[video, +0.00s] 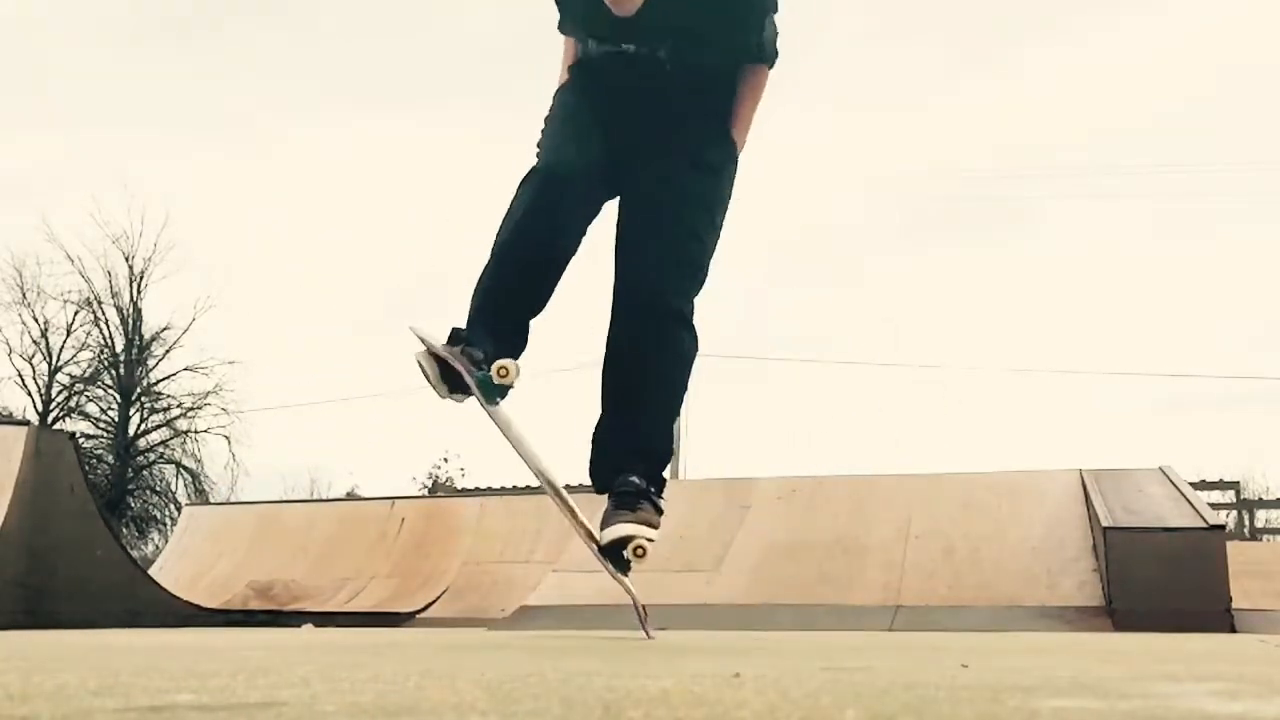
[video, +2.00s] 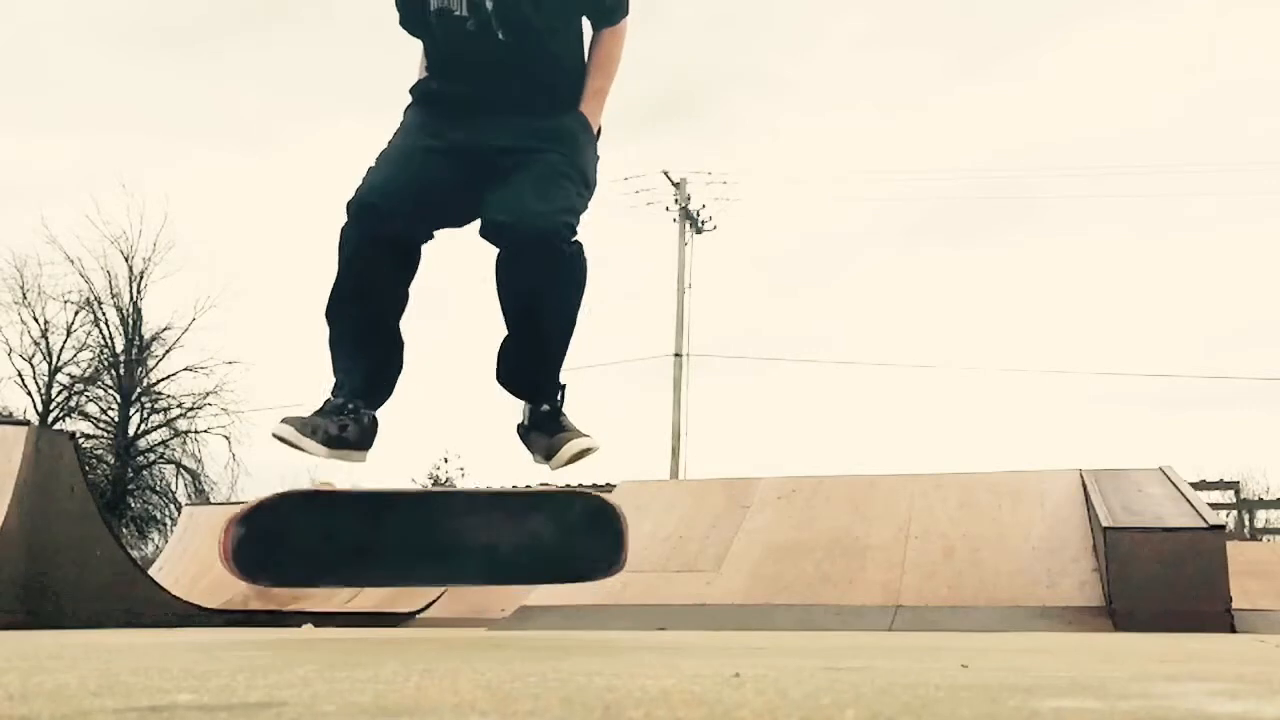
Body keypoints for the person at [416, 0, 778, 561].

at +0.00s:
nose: (618, 5)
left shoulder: (744, 9)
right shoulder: (581, 7)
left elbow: (759, 48)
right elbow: (573, 47)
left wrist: (731, 145)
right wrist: (568, 109)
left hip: (702, 83)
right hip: (604, 74)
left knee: (659, 292)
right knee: (558, 183)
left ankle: (634, 483)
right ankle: (484, 346)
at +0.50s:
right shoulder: (501, 4)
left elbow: (687, 47)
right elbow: (509, 52)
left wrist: (677, 157)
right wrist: (503, 132)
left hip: (633, 128)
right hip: (536, 122)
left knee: (612, 325)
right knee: (502, 198)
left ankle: (603, 496)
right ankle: (470, 364)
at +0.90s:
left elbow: (639, 14)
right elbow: (464, 30)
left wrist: (628, 113)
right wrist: (455, 83)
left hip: (585, 98)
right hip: (485, 88)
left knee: (586, 295)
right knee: (432, 159)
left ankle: (590, 488)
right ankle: (454, 316)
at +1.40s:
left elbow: (624, 13)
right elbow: (443, 32)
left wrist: (609, 104)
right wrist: (436, 96)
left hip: (561, 108)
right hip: (462, 103)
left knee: (565, 251)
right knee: (402, 144)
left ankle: (566, 418)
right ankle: (421, 324)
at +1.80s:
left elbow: (614, 17)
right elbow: (432, 35)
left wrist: (592, 115)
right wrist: (429, 100)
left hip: (550, 119)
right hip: (449, 111)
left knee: (539, 226)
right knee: (380, 197)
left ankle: (547, 399)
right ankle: (367, 384)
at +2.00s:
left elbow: (613, 18)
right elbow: (431, 36)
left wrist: (587, 118)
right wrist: (426, 102)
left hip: (548, 117)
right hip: (446, 111)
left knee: (537, 235)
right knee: (375, 221)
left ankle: (543, 410)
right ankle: (352, 405)